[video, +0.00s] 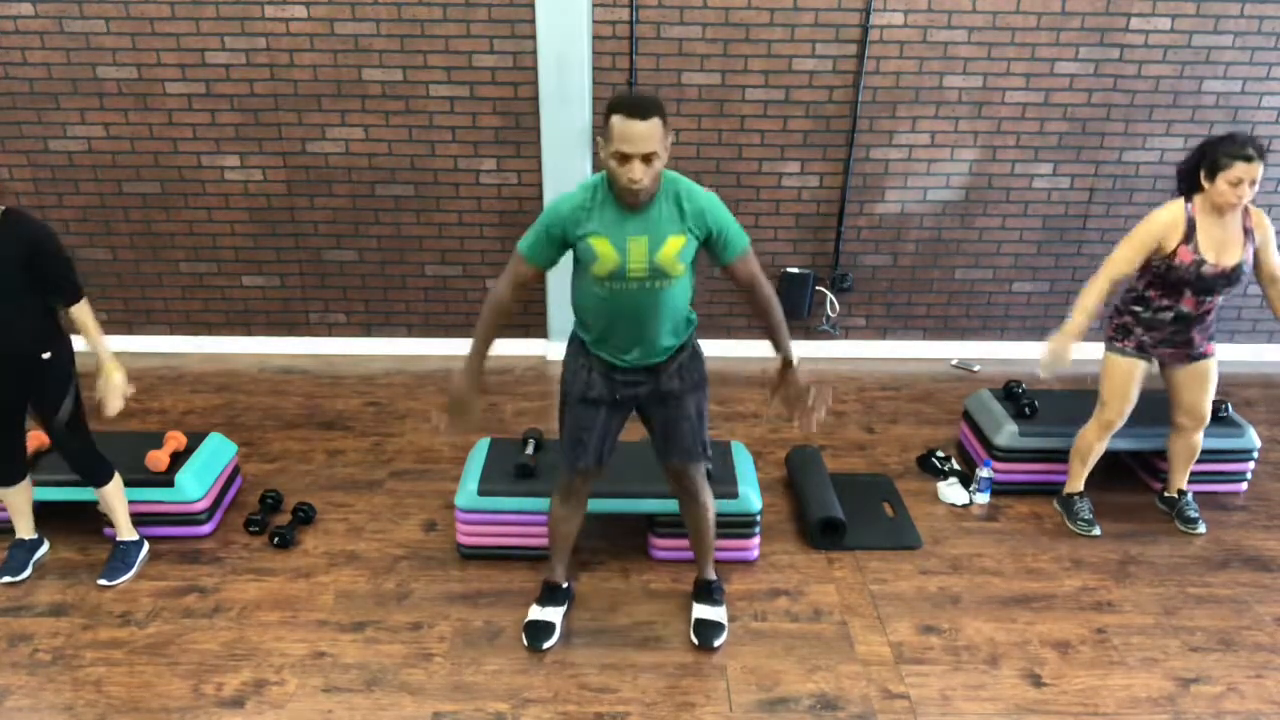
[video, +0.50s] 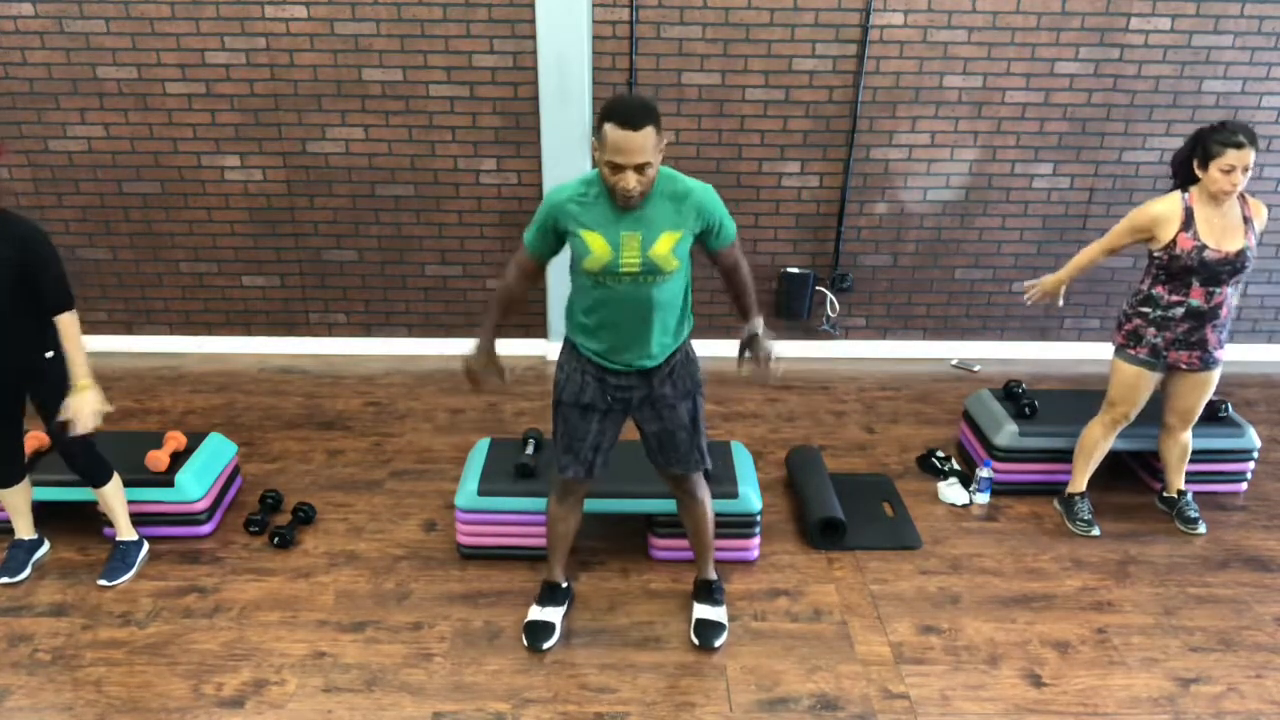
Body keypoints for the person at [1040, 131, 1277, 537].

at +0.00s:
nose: (1246, 194)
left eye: (1253, 184)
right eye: (1236, 183)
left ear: (1258, 183)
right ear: (1207, 180)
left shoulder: (1256, 223)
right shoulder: (1171, 218)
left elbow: (1273, 285)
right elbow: (1107, 275)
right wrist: (1069, 334)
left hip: (1193, 330)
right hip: (1136, 323)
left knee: (1193, 419)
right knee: (1111, 415)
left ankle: (1176, 493)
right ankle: (1072, 492)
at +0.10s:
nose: (1243, 185)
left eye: (1251, 175)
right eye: (1234, 175)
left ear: (1257, 174)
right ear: (1205, 171)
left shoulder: (1257, 216)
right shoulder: (1171, 212)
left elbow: (1264, 264)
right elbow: (1099, 259)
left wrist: (1272, 312)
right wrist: (1051, 307)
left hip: (1198, 333)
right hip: (1144, 326)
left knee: (1187, 423)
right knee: (1113, 417)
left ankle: (1175, 493)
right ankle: (1072, 492)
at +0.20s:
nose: (1241, 182)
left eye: (1249, 172)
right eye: (1232, 171)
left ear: (1256, 171)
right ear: (1203, 168)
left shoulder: (1256, 213)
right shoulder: (1168, 212)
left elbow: (1244, 254)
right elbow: (1102, 248)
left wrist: (1245, 290)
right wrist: (1051, 288)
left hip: (1204, 334)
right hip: (1149, 328)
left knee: (1184, 423)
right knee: (1115, 416)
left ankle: (1175, 493)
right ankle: (1073, 493)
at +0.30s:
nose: (1240, 181)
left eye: (1248, 171)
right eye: (1231, 171)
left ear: (1254, 170)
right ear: (1203, 169)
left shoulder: (1255, 212)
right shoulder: (1167, 212)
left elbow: (1221, 261)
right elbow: (1106, 245)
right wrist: (1060, 275)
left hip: (1206, 337)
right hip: (1151, 330)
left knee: (1181, 424)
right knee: (1117, 415)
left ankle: (1175, 493)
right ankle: (1075, 493)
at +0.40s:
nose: (1239, 182)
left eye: (1246, 172)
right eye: (1229, 171)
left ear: (1252, 170)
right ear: (1201, 168)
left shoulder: (1254, 212)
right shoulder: (1166, 212)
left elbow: (1220, 259)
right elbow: (1106, 245)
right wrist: (1063, 273)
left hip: (1206, 337)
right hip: (1151, 330)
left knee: (1181, 424)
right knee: (1117, 416)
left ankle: (1175, 493)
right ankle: (1074, 493)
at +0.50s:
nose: (1238, 181)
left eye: (1246, 171)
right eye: (1228, 170)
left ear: (1252, 169)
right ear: (1201, 168)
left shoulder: (1255, 214)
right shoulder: (1165, 212)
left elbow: (1223, 265)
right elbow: (1105, 246)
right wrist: (1059, 279)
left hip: (1205, 337)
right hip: (1150, 330)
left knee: (1181, 425)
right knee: (1116, 415)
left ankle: (1175, 493)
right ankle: (1074, 493)